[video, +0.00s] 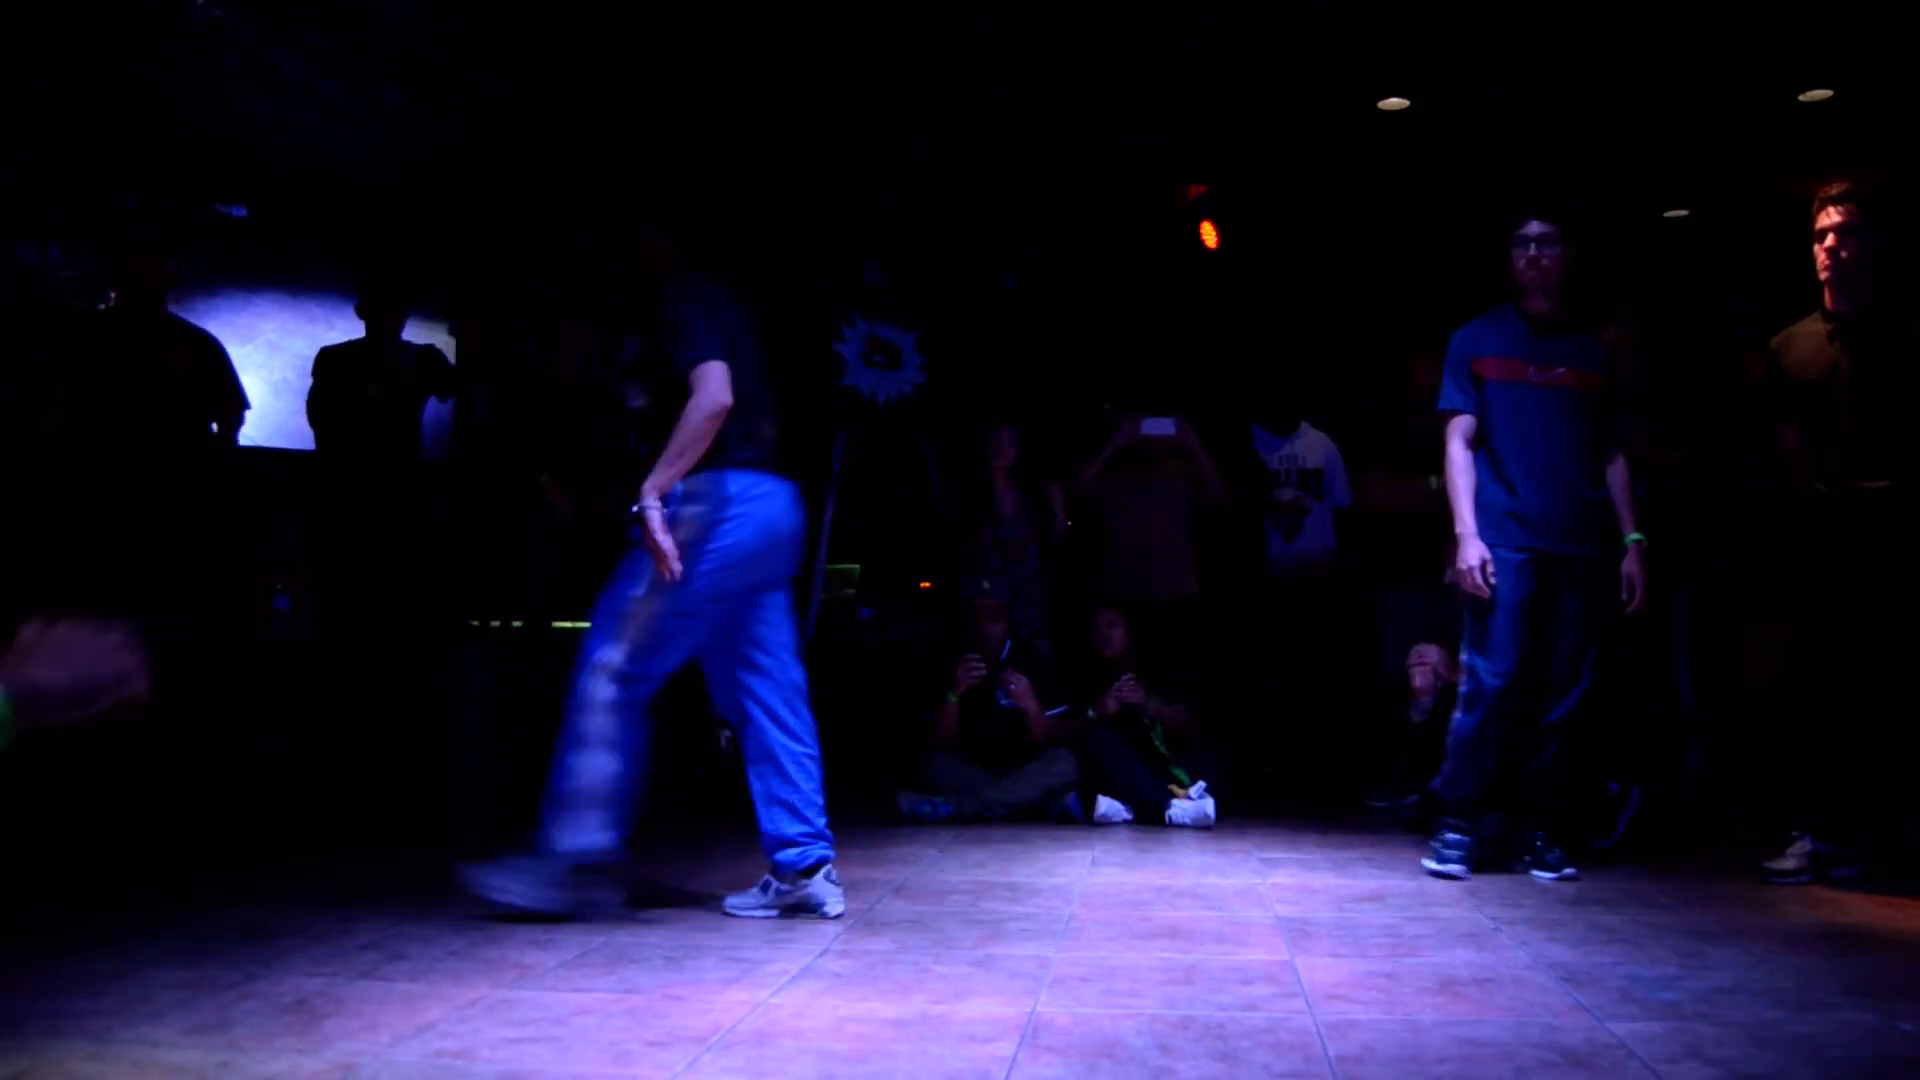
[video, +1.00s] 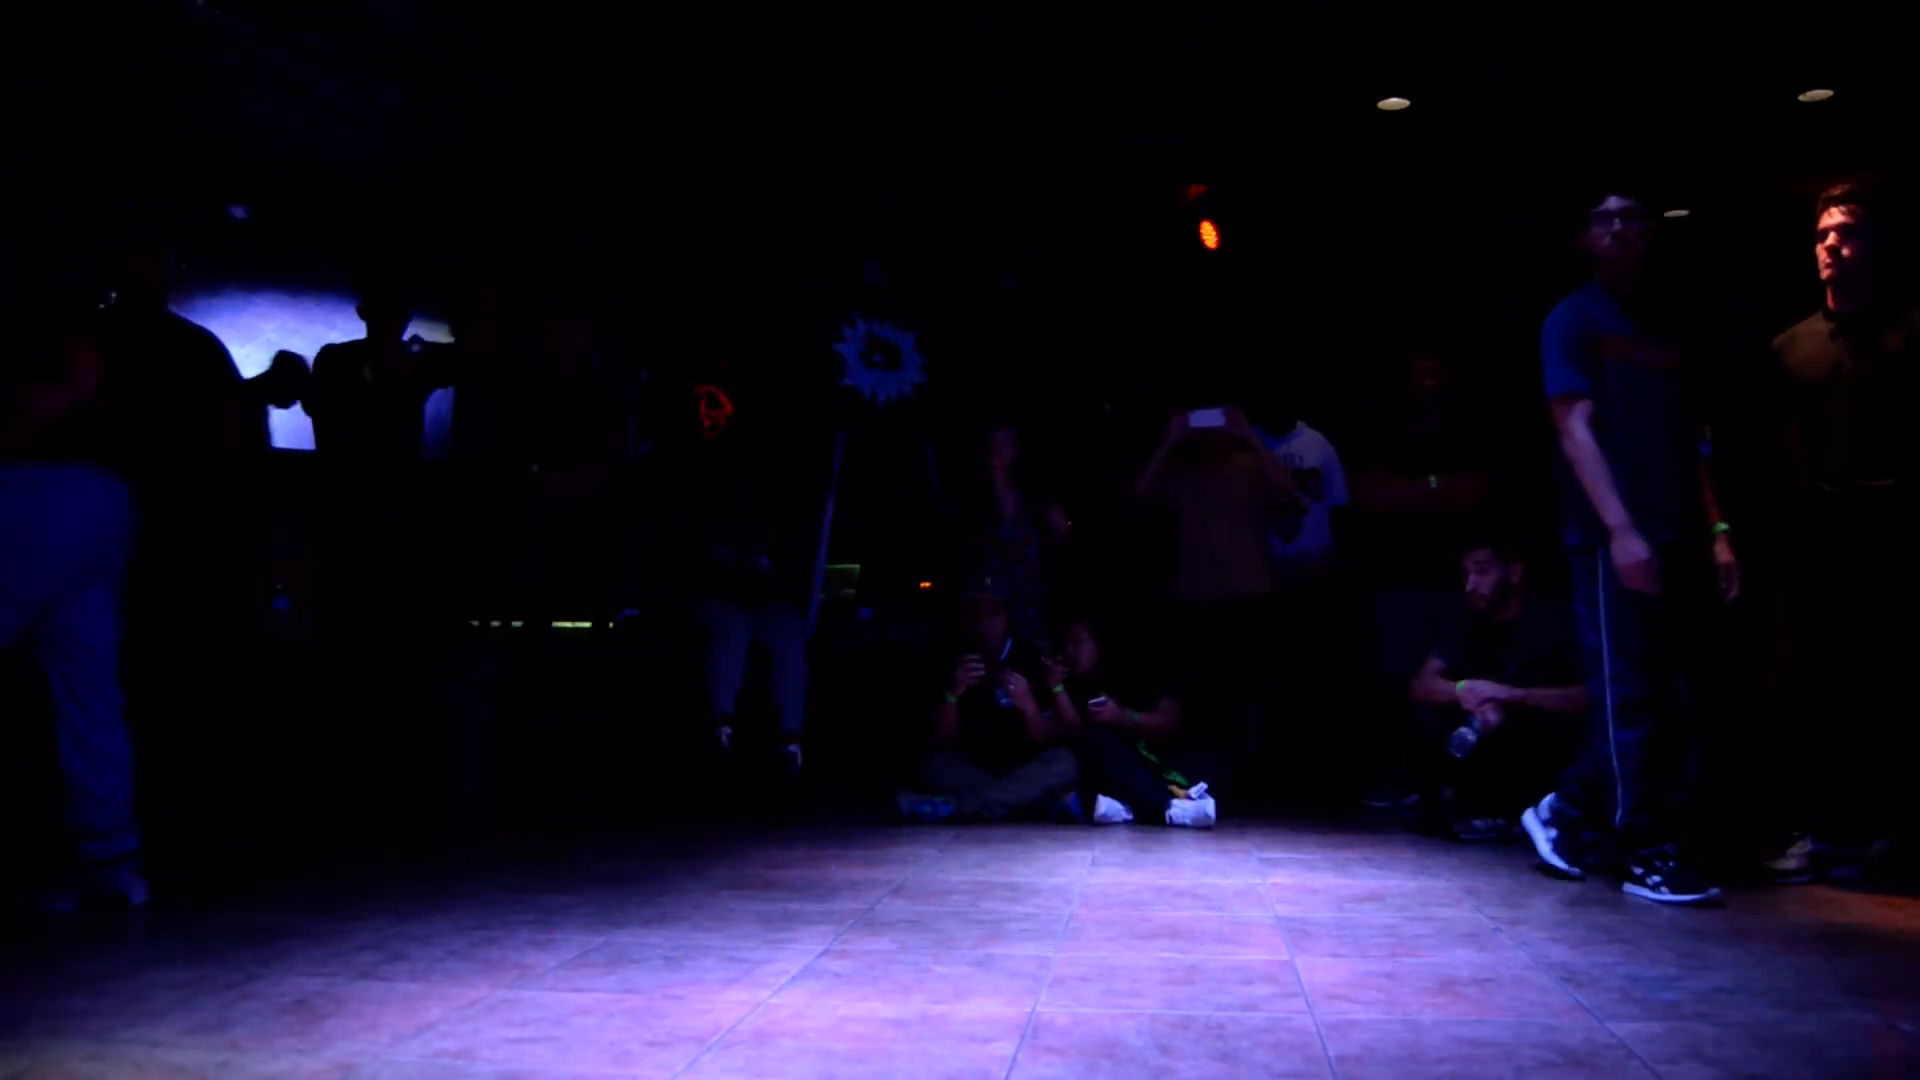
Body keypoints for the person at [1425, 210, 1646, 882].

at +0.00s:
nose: (1535, 257)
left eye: (1547, 246)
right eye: (1525, 246)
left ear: (1568, 258)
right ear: (1510, 259)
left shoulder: (1592, 347)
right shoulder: (1479, 339)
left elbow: (1612, 453)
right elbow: (1460, 440)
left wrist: (1632, 542)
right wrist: (1467, 535)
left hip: (1578, 544)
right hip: (1506, 539)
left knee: (1564, 695)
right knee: (1492, 681)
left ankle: (1540, 835)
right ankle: (1457, 827)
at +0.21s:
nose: (1547, 258)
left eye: (1558, 246)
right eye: (1537, 246)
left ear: (1579, 257)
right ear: (1522, 258)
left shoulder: (1599, 341)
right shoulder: (1491, 338)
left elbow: (1620, 451)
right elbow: (1472, 439)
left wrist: (1640, 540)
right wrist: (1479, 536)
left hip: (1590, 535)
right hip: (1526, 534)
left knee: (1574, 680)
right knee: (1546, 677)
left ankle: (1541, 828)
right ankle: (1544, 838)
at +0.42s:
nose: (1560, 251)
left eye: (1572, 239)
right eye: (1549, 240)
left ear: (1593, 251)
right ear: (1533, 252)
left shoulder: (1613, 337)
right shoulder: (1504, 336)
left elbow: (1629, 448)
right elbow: (1486, 440)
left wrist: (1640, 537)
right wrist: (1495, 540)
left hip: (1603, 532)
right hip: (1540, 532)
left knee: (1579, 681)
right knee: (1579, 679)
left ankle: (1529, 827)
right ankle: (1628, 843)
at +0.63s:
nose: (1578, 247)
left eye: (1591, 235)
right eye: (1566, 236)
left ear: (1611, 247)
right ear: (1550, 249)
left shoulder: (1627, 330)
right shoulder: (1527, 332)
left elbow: (1648, 447)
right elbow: (1512, 438)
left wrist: (1663, 539)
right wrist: (1526, 543)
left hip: (1625, 534)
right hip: (1568, 535)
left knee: (1589, 685)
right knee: (1597, 687)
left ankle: (1535, 829)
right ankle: (1643, 851)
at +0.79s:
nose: (1598, 242)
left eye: (1609, 230)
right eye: (1584, 231)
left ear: (1628, 242)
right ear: (1565, 245)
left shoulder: (1641, 325)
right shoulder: (1548, 328)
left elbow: (1663, 445)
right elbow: (1542, 437)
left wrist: (1686, 535)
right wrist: (1568, 540)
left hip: (1644, 530)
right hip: (1591, 533)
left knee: (1599, 687)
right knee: (1613, 691)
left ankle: (1537, 825)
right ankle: (1644, 849)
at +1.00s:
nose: (1621, 233)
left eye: (1632, 221)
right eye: (1606, 223)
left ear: (1651, 235)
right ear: (1586, 238)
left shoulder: (1664, 318)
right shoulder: (1575, 319)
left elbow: (1689, 442)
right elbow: (1575, 431)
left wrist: (1716, 529)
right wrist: (1622, 531)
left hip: (1668, 527)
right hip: (1610, 531)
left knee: (1656, 685)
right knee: (1631, 692)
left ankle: (1568, 810)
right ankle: (1648, 855)